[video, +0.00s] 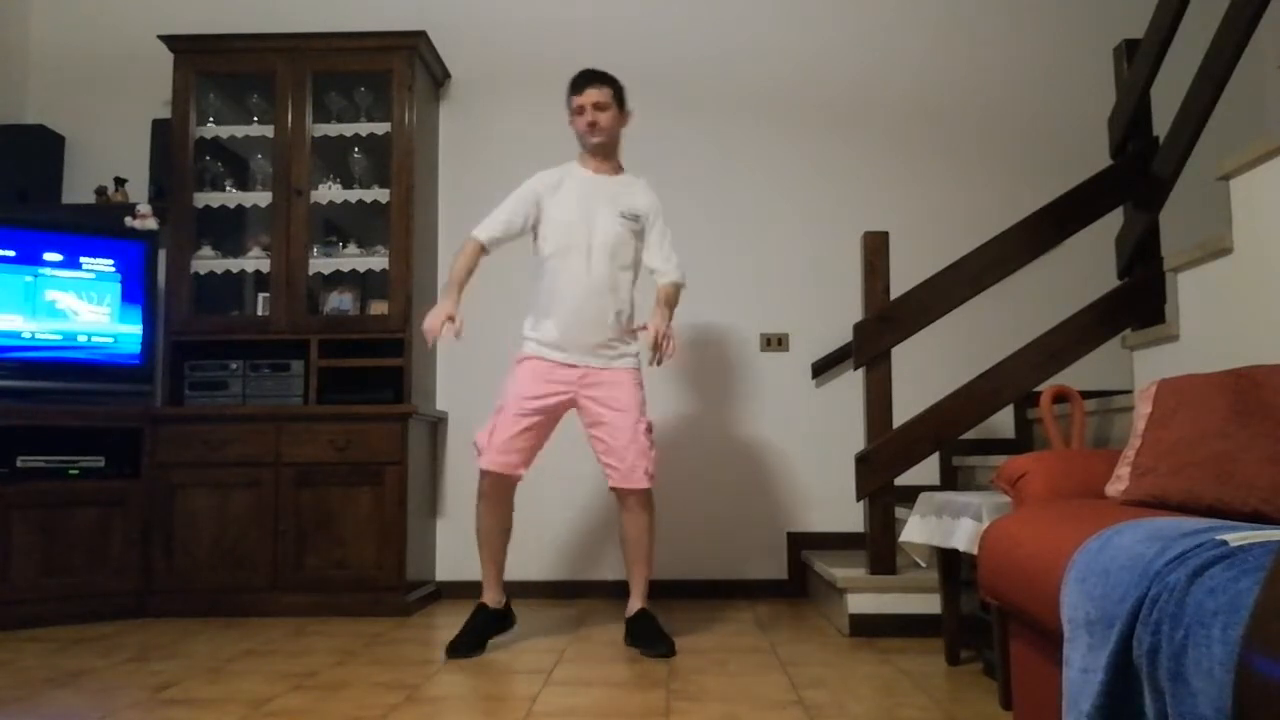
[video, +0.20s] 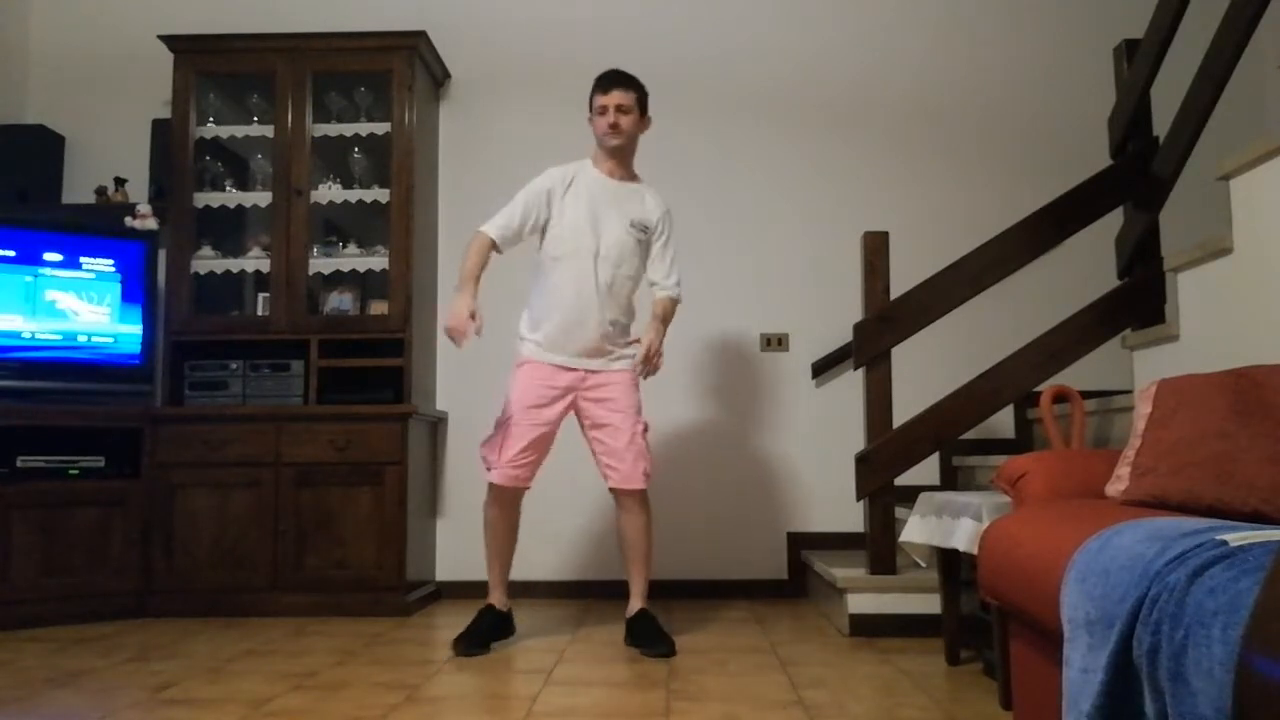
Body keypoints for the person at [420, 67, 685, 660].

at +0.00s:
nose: (590, 117)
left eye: (601, 108)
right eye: (580, 109)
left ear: (622, 117)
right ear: (570, 120)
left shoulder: (639, 195)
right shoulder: (547, 186)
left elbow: (668, 271)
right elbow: (477, 242)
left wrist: (662, 314)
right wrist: (450, 298)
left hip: (614, 363)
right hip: (542, 358)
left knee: (634, 482)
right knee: (495, 469)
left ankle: (638, 609)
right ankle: (492, 603)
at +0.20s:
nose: (612, 119)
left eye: (624, 110)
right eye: (602, 111)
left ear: (643, 122)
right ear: (589, 120)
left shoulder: (650, 206)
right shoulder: (557, 183)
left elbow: (667, 286)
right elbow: (486, 237)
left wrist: (656, 329)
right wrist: (466, 295)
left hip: (613, 367)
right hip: (542, 360)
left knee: (631, 484)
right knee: (504, 480)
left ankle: (639, 611)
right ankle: (497, 607)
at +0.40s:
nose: (582, 128)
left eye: (594, 120)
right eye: (574, 117)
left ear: (612, 125)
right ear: (560, 118)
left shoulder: (624, 194)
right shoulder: (526, 188)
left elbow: (654, 284)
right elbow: (472, 250)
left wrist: (641, 354)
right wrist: (488, 308)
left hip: (601, 361)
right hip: (531, 360)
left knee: (630, 477)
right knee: (508, 483)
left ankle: (643, 605)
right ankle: (517, 611)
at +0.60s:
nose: (539, 127)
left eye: (552, 120)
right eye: (532, 116)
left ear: (569, 129)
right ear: (518, 121)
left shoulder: (583, 172)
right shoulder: (505, 210)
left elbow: (639, 247)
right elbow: (494, 284)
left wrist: (629, 328)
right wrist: (494, 322)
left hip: (591, 358)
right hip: (526, 365)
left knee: (622, 474)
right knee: (507, 483)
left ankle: (651, 605)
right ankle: (517, 611)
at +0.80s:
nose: (531, 129)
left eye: (543, 121)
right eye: (522, 120)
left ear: (561, 129)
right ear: (508, 128)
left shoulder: (581, 170)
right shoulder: (508, 220)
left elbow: (641, 241)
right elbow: (504, 296)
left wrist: (630, 322)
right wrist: (504, 339)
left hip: (599, 362)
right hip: (535, 370)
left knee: (628, 473)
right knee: (515, 482)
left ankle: (645, 602)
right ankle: (517, 611)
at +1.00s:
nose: (563, 124)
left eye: (570, 113)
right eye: (552, 121)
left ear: (592, 116)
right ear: (544, 133)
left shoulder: (628, 175)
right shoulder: (540, 202)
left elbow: (670, 257)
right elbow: (493, 278)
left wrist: (630, 321)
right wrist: (497, 331)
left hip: (611, 366)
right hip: (541, 367)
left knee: (631, 486)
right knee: (499, 476)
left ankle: (640, 610)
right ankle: (508, 598)